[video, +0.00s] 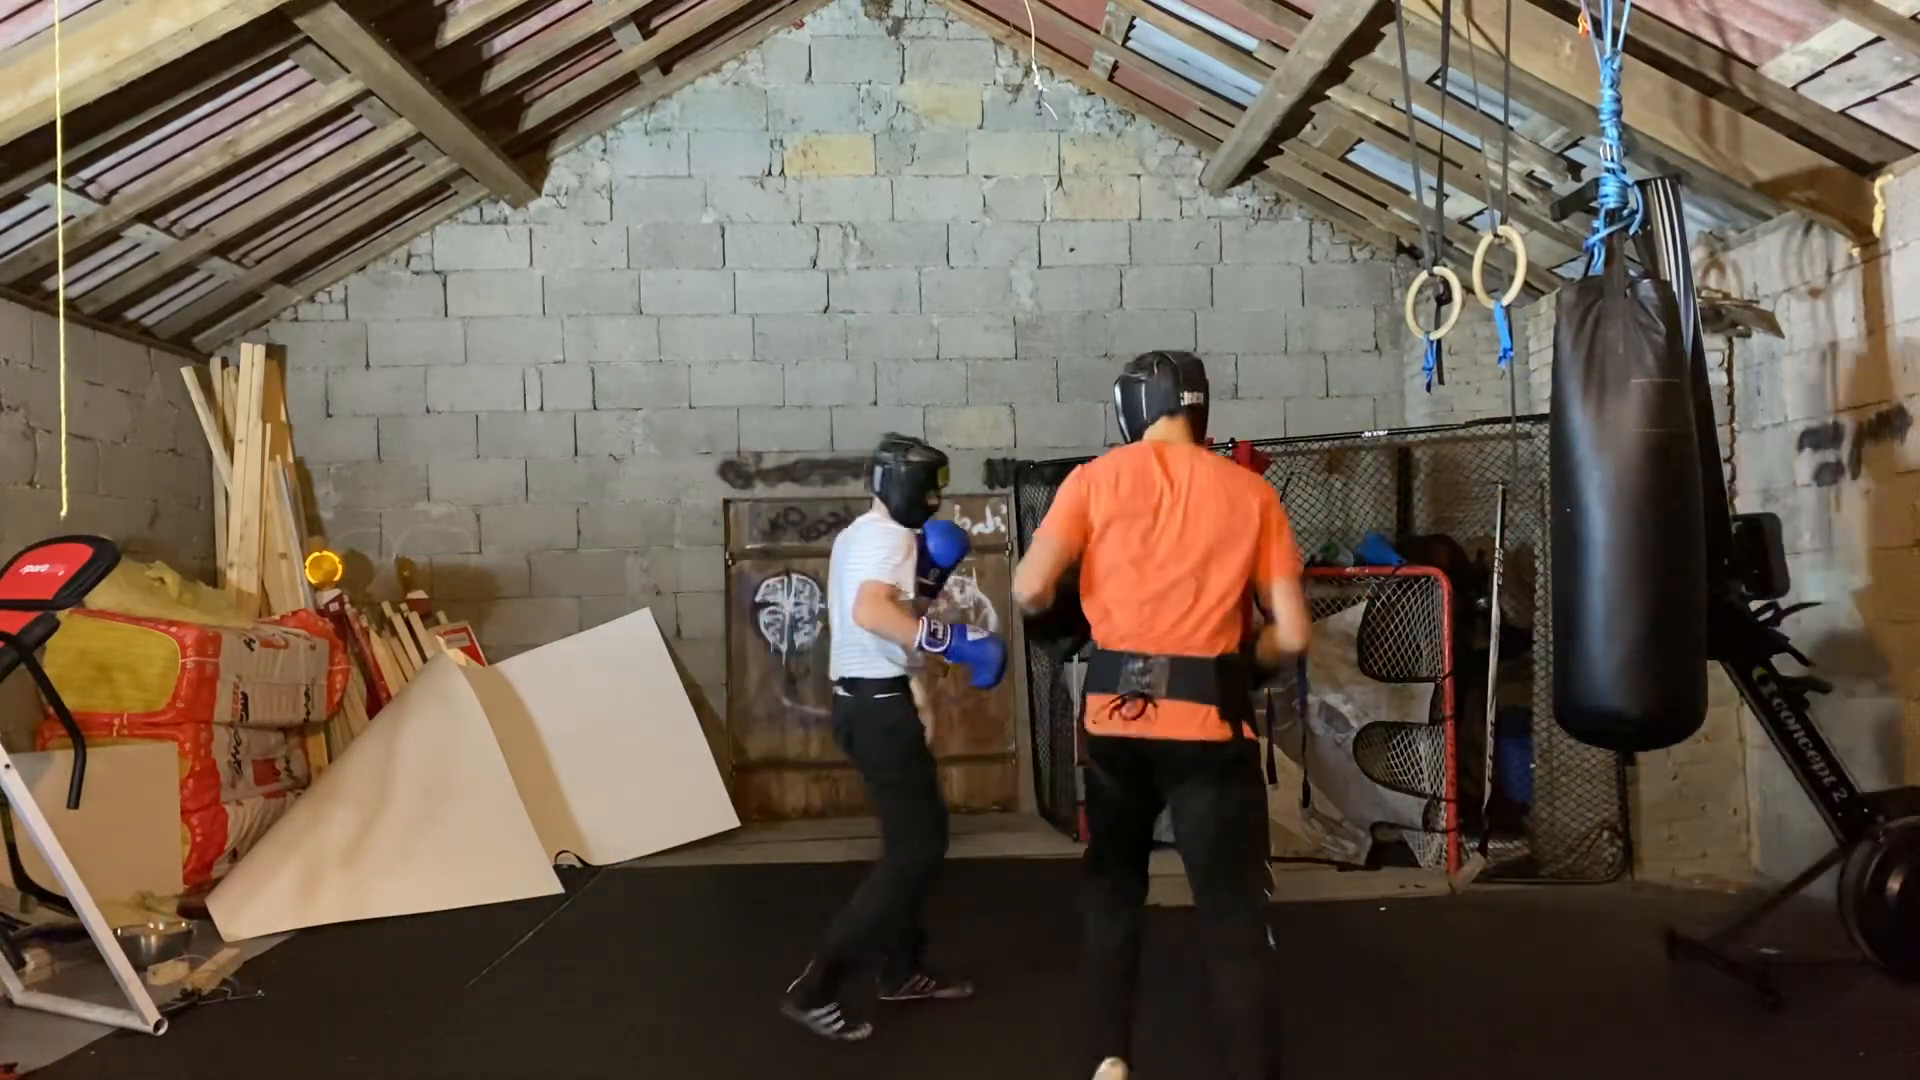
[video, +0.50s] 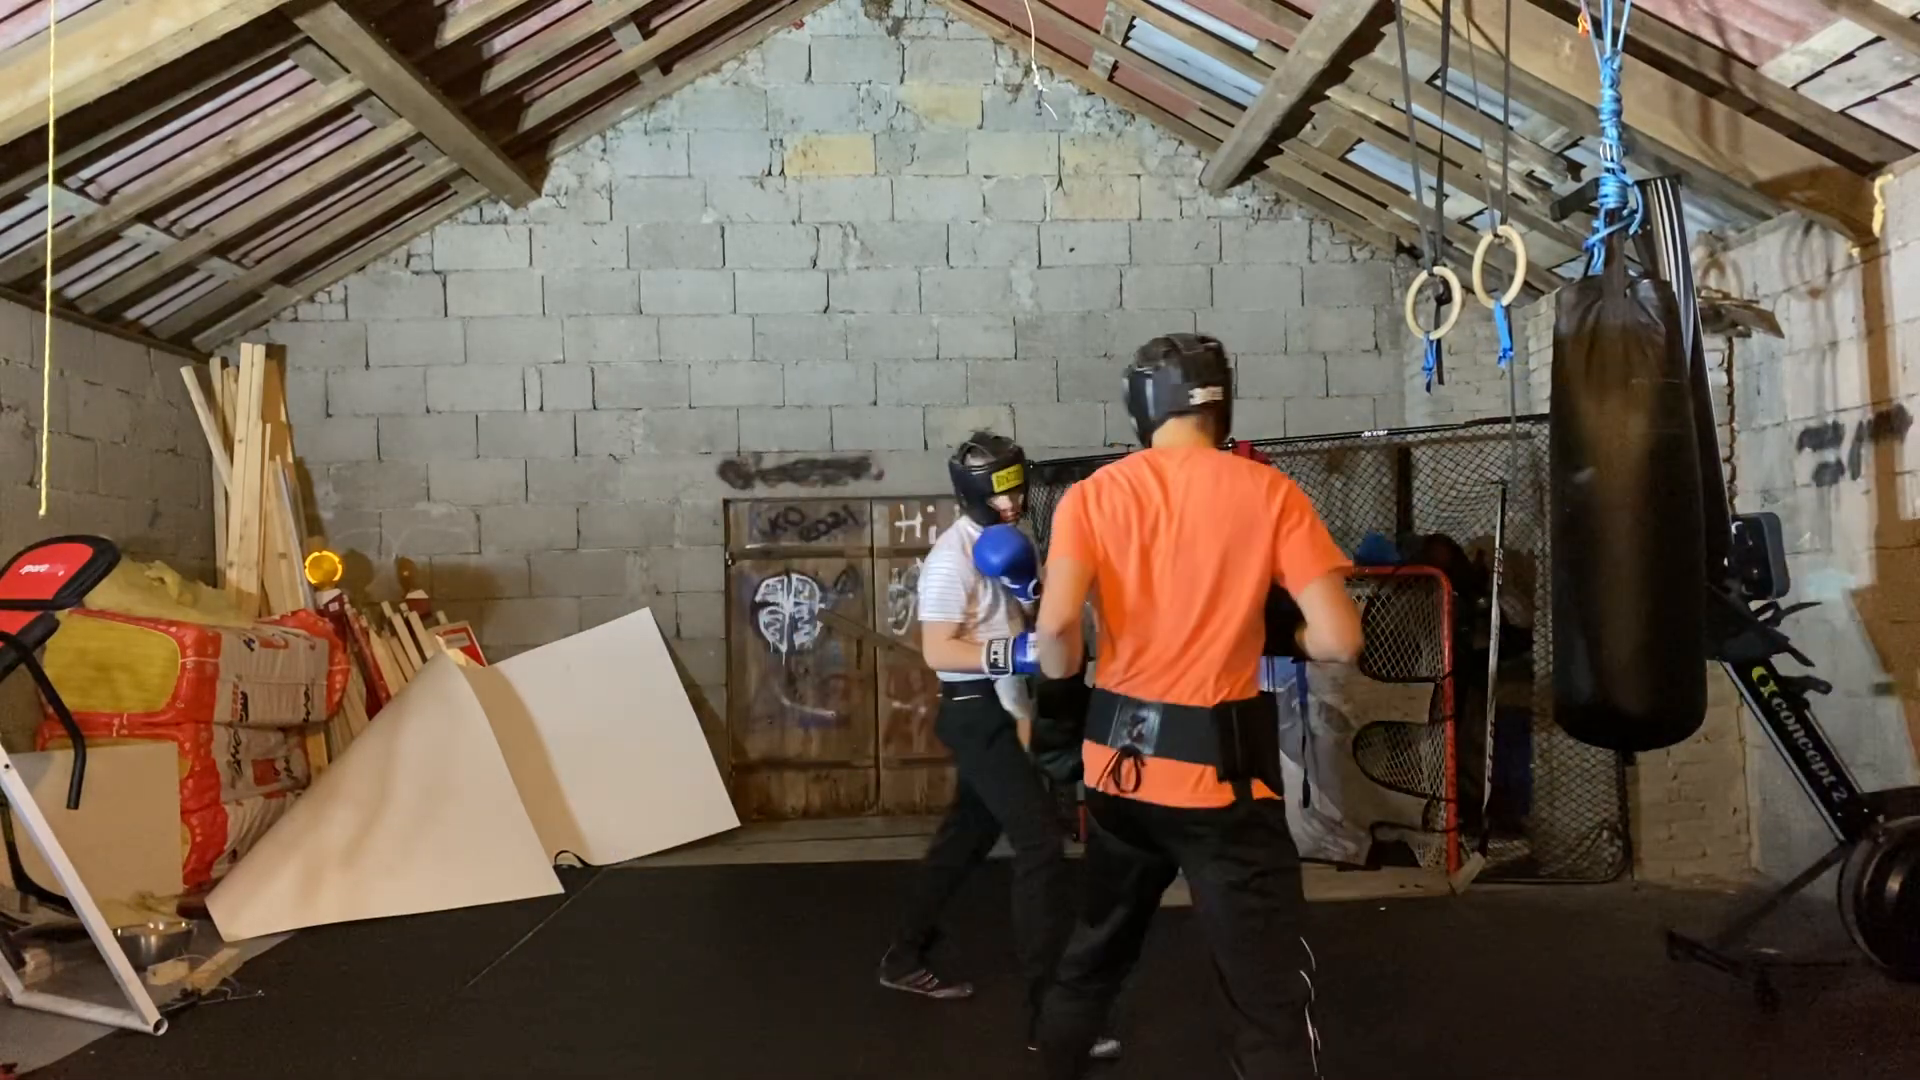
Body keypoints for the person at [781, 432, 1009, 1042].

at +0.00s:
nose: (936, 498)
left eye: (937, 488)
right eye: (932, 488)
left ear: (881, 485)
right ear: (915, 490)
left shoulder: (860, 534)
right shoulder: (887, 537)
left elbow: (892, 608)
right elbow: (871, 610)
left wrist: (930, 570)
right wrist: (948, 641)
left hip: (868, 704)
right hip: (879, 707)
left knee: (917, 837)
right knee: (919, 842)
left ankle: (899, 974)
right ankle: (813, 990)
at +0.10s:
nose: (953, 490)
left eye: (954, 479)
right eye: (948, 479)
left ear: (906, 477)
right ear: (927, 480)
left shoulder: (915, 533)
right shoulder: (892, 531)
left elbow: (929, 618)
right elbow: (867, 606)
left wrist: (946, 570)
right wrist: (946, 640)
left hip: (905, 694)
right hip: (896, 697)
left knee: (927, 836)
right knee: (955, 837)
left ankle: (903, 971)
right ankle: (861, 968)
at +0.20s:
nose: (972, 484)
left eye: (972, 473)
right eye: (965, 474)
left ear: (933, 472)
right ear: (943, 475)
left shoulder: (951, 526)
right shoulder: (907, 524)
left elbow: (971, 611)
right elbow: (872, 603)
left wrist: (969, 569)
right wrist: (950, 629)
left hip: (938, 686)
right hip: (913, 690)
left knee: (926, 832)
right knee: (979, 829)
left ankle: (905, 965)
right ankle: (924, 984)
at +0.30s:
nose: (988, 491)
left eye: (990, 480)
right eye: (978, 481)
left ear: (979, 478)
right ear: (947, 483)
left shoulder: (969, 531)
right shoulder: (917, 537)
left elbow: (990, 616)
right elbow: (892, 618)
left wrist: (991, 570)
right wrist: (972, 631)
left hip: (960, 692)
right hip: (931, 697)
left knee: (932, 836)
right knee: (983, 838)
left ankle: (900, 969)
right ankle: (1007, 1007)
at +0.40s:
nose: (999, 499)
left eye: (1003, 486)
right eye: (987, 490)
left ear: (1004, 483)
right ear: (957, 493)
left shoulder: (990, 541)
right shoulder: (930, 551)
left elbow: (1009, 619)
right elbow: (916, 643)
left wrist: (1008, 584)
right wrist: (989, 647)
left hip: (981, 703)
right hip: (950, 708)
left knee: (940, 840)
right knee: (1007, 841)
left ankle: (900, 968)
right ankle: (1038, 1011)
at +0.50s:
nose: (1012, 502)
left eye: (1017, 487)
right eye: (999, 493)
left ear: (1024, 482)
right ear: (970, 495)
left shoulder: (1022, 540)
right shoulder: (950, 555)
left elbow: (1052, 623)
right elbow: (938, 651)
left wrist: (1029, 582)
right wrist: (1013, 653)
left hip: (1009, 705)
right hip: (973, 711)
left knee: (966, 836)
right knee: (1040, 841)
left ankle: (905, 958)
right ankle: (1052, 1014)